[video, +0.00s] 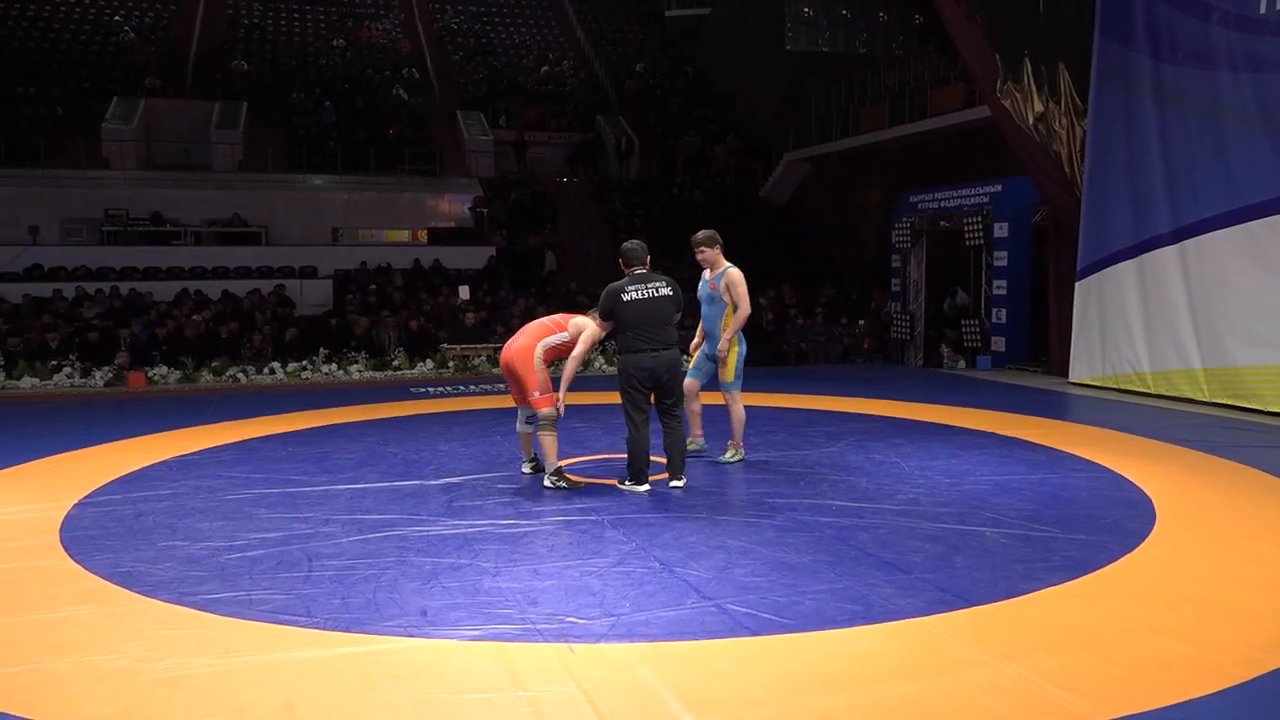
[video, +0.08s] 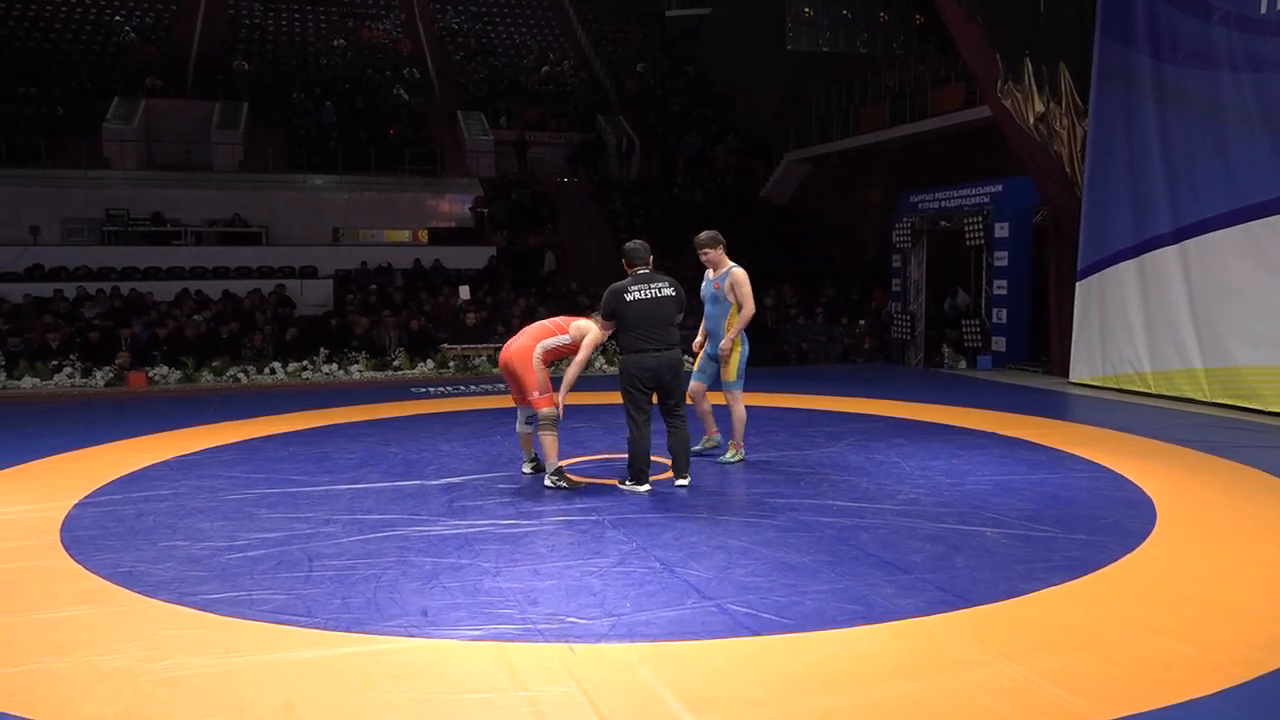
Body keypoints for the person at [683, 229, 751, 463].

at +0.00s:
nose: (699, 256)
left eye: (703, 251)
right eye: (697, 252)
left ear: (717, 249)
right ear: (697, 253)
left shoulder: (732, 274)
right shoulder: (705, 275)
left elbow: (745, 309)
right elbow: (707, 311)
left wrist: (726, 338)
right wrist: (698, 337)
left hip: (729, 343)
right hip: (708, 343)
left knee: (732, 396)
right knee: (689, 388)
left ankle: (737, 446)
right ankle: (696, 439)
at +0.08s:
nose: (702, 257)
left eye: (706, 252)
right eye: (700, 253)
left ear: (720, 249)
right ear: (701, 254)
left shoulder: (736, 274)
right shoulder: (708, 274)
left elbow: (749, 308)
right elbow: (710, 309)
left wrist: (729, 338)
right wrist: (701, 335)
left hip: (732, 343)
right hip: (711, 343)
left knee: (733, 396)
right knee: (695, 391)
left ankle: (737, 446)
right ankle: (712, 435)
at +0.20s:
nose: (706, 263)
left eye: (708, 258)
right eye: (703, 259)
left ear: (722, 252)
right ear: (703, 258)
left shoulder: (741, 274)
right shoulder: (710, 275)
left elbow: (755, 307)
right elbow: (711, 308)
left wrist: (736, 337)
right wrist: (703, 334)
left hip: (734, 344)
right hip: (713, 343)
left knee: (734, 397)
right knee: (710, 395)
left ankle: (739, 446)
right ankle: (730, 433)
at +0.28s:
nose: (706, 262)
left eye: (709, 256)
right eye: (703, 257)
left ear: (723, 251)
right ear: (704, 256)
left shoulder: (742, 274)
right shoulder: (711, 274)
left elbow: (759, 307)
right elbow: (711, 307)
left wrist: (743, 337)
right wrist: (705, 335)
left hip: (736, 344)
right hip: (716, 344)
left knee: (735, 396)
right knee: (717, 395)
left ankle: (739, 446)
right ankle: (733, 439)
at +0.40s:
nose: (706, 260)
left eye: (709, 255)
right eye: (703, 256)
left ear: (722, 251)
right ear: (704, 256)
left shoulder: (743, 273)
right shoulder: (711, 275)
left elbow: (763, 303)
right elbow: (712, 306)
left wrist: (752, 334)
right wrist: (706, 334)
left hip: (739, 343)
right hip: (720, 342)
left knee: (735, 393)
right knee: (722, 393)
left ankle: (738, 445)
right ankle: (735, 440)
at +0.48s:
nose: (706, 261)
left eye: (709, 256)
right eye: (703, 257)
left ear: (722, 252)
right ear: (704, 258)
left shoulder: (743, 274)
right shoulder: (712, 277)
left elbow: (765, 301)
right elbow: (712, 310)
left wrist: (755, 333)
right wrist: (709, 335)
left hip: (743, 343)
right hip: (724, 343)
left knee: (733, 392)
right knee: (723, 392)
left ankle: (739, 445)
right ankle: (735, 440)